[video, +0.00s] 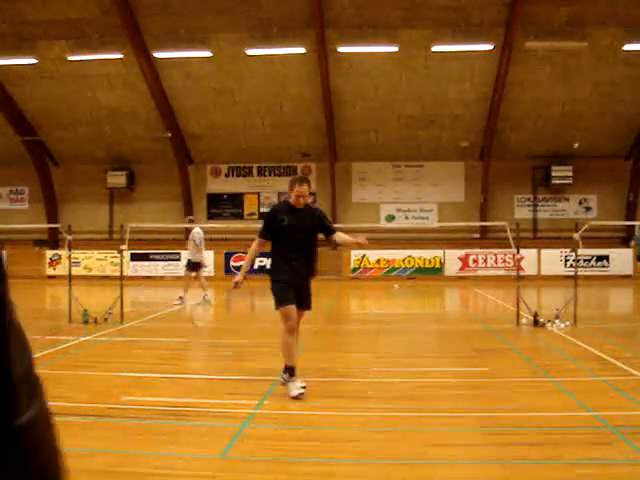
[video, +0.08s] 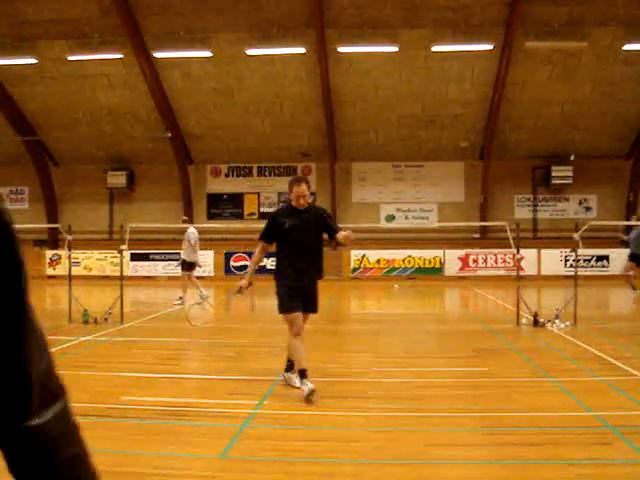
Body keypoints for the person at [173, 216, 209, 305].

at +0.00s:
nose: (186, 226)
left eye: (187, 224)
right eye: (186, 224)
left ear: (190, 223)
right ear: (193, 223)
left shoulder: (195, 232)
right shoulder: (197, 231)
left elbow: (199, 248)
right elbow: (198, 248)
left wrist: (201, 260)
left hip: (193, 259)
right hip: (198, 260)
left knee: (187, 278)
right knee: (200, 278)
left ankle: (183, 297)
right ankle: (206, 295)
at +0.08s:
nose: (182, 226)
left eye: (183, 223)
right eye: (182, 223)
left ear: (186, 223)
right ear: (188, 222)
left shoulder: (190, 232)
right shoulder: (191, 231)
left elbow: (194, 249)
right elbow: (187, 248)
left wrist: (197, 261)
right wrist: (182, 257)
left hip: (188, 259)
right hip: (190, 259)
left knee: (184, 279)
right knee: (191, 277)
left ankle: (182, 297)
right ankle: (202, 292)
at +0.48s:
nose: (162, 230)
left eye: (163, 228)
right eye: (162, 228)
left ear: (166, 226)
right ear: (163, 228)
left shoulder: (177, 232)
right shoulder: (166, 235)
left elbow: (183, 244)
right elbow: (165, 249)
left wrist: (172, 251)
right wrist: (159, 261)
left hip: (181, 257)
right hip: (172, 258)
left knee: (181, 277)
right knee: (169, 277)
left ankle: (182, 296)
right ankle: (165, 294)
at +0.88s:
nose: (147, 243)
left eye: (147, 240)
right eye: (145, 242)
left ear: (150, 237)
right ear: (145, 242)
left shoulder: (159, 235)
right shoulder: (148, 248)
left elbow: (174, 237)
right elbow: (145, 259)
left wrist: (178, 245)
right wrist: (141, 268)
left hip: (174, 254)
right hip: (165, 258)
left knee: (181, 274)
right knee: (165, 276)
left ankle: (187, 291)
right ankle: (164, 294)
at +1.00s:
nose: (147, 245)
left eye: (147, 242)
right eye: (146, 244)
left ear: (150, 239)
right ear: (145, 243)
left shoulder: (158, 237)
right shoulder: (149, 249)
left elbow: (173, 238)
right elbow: (144, 261)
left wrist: (178, 246)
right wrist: (140, 272)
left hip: (175, 255)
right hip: (165, 259)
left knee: (183, 272)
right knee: (166, 276)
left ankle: (192, 288)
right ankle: (164, 294)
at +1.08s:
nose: (146, 245)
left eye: (146, 242)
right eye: (145, 244)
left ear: (149, 239)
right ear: (144, 243)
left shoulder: (158, 237)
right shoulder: (148, 249)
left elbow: (173, 238)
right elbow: (145, 261)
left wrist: (178, 246)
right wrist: (141, 272)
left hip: (175, 255)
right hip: (165, 259)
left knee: (184, 272)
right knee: (166, 276)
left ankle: (193, 287)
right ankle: (165, 294)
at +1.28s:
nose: (155, 246)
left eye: (155, 244)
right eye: (153, 245)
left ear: (156, 240)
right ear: (151, 245)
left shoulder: (164, 236)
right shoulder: (153, 249)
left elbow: (177, 239)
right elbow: (153, 261)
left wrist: (182, 248)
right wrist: (153, 273)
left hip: (177, 255)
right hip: (167, 259)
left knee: (185, 274)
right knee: (167, 277)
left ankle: (192, 290)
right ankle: (164, 294)